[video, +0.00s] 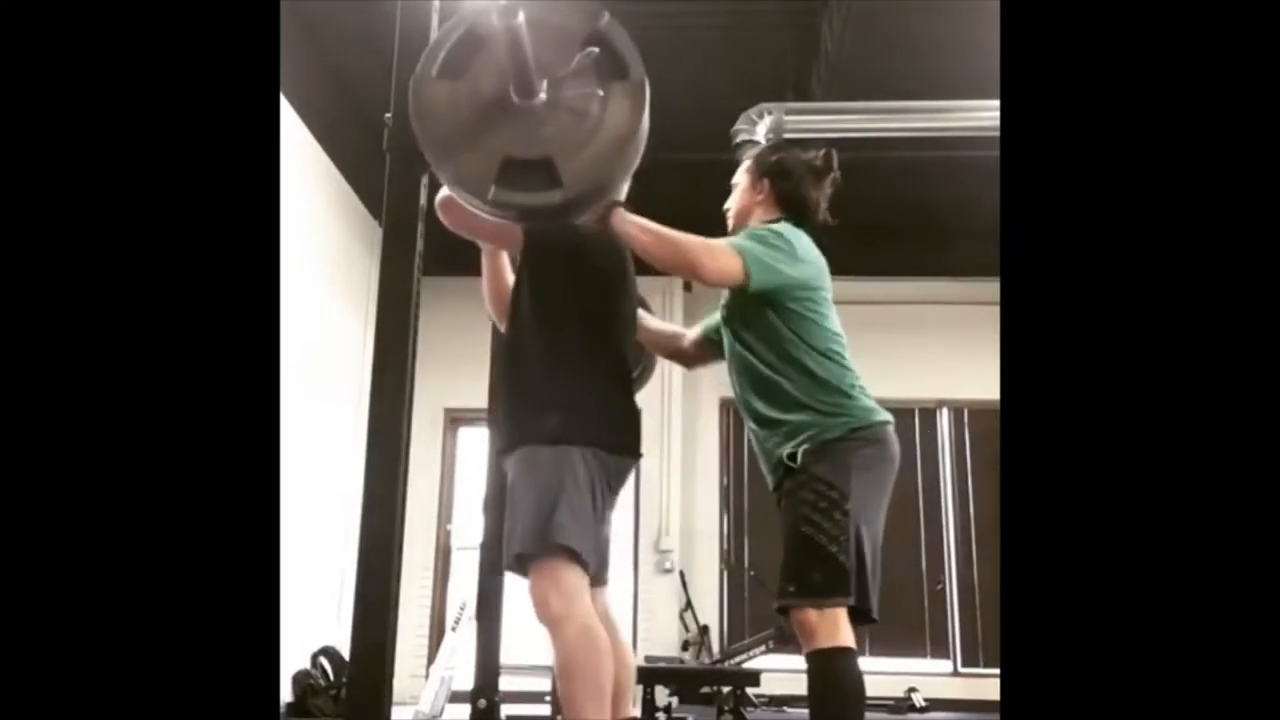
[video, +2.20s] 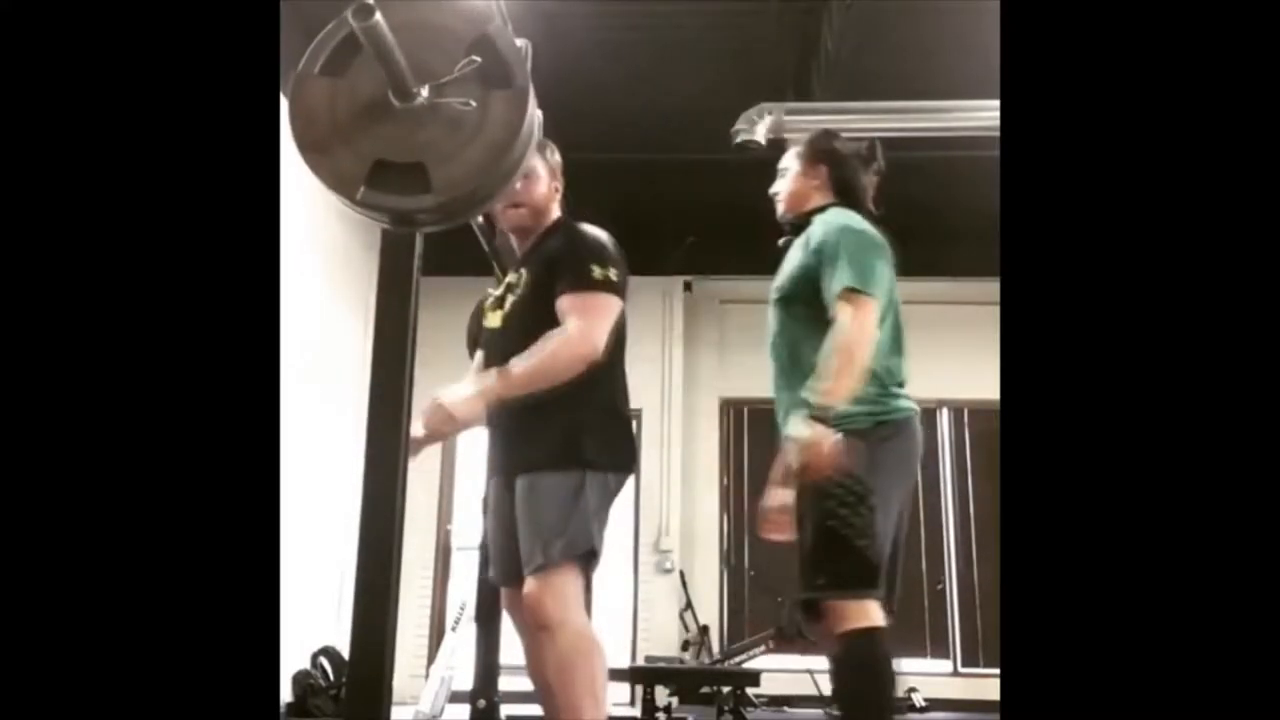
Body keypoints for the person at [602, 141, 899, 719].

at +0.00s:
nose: (727, 196)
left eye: (736, 183)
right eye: (732, 184)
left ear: (762, 188)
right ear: (772, 193)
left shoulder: (786, 243)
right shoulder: (754, 291)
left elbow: (707, 263)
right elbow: (689, 348)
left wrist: (613, 215)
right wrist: (613, 307)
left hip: (841, 443)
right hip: (820, 454)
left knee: (817, 614)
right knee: (819, 618)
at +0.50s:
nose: (697, 192)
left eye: (713, 182)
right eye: (701, 183)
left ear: (749, 197)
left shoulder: (736, 240)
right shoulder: (707, 294)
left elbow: (623, 222)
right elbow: (628, 318)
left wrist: (521, 182)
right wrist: (543, 290)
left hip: (813, 441)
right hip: (791, 452)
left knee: (816, 617)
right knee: (816, 620)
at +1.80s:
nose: (735, 159)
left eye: (741, 147)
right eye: (737, 148)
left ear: (768, 151)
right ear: (790, 158)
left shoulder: (778, 206)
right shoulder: (772, 230)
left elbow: (651, 223)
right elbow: (711, 346)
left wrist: (546, 203)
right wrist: (612, 368)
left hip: (825, 429)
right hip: (805, 434)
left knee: (795, 611)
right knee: (794, 613)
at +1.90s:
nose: (749, 170)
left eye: (760, 157)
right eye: (753, 157)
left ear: (789, 166)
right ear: (803, 172)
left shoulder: (797, 222)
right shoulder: (791, 237)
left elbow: (704, 257)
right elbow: (763, 364)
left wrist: (587, 227)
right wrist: (670, 412)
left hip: (829, 437)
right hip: (810, 441)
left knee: (798, 614)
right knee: (796, 616)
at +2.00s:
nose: (759, 181)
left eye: (770, 169)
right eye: (763, 169)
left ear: (802, 175)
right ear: (809, 179)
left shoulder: (809, 228)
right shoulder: (802, 243)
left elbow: (786, 293)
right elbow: (779, 382)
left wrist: (680, 300)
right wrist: (712, 451)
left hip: (840, 440)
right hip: (822, 444)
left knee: (816, 613)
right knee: (808, 619)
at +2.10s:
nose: (768, 187)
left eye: (778, 174)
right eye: (770, 175)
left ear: (812, 179)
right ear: (810, 181)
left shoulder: (830, 230)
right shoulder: (805, 246)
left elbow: (831, 318)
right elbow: (795, 388)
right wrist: (762, 473)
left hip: (854, 436)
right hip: (828, 443)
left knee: (837, 606)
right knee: (832, 610)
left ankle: (854, 717)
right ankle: (851, 715)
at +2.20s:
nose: (775, 184)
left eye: (785, 172)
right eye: (777, 174)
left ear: (820, 176)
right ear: (813, 179)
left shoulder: (844, 230)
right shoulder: (810, 244)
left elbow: (856, 325)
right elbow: (805, 383)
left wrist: (817, 414)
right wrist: (784, 475)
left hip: (868, 430)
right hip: (839, 434)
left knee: (850, 598)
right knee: (836, 602)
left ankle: (868, 719)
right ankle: (863, 716)